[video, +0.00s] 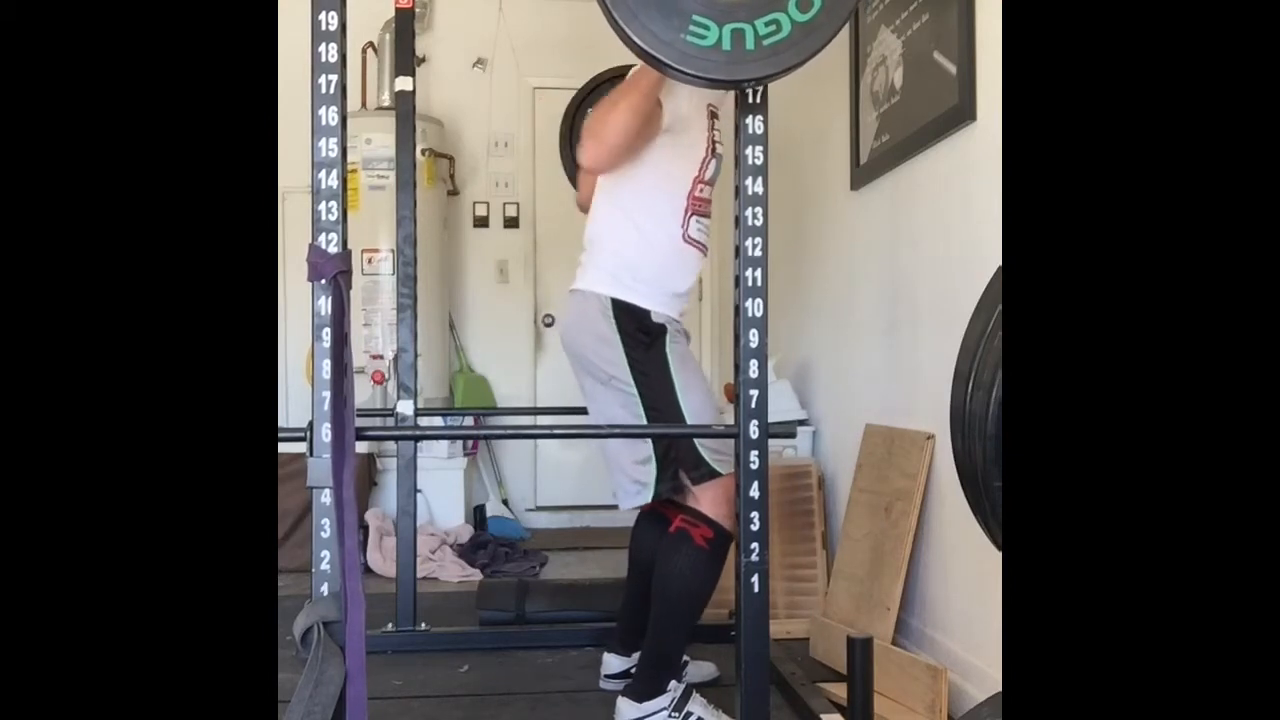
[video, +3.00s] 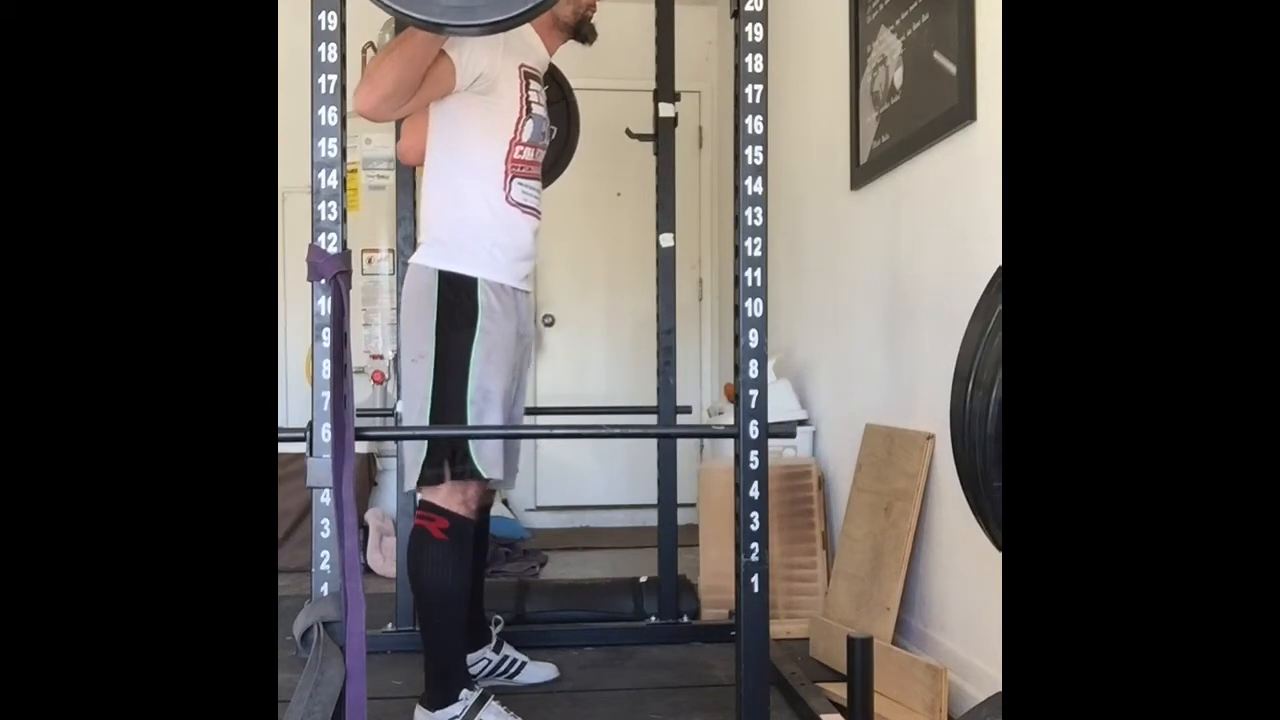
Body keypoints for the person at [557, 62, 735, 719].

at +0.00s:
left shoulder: (701, 102)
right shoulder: (648, 83)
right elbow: (593, 154)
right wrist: (660, 55)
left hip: (642, 315)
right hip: (619, 314)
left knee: (677, 490)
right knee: (715, 492)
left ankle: (630, 653)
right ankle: (652, 692)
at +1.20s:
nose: (700, 27)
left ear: (656, 4)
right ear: (655, 2)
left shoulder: (645, 57)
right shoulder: (611, 40)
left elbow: (535, 148)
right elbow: (528, 106)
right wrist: (596, 20)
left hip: (630, 278)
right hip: (599, 278)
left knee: (633, 472)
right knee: (630, 472)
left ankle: (630, 650)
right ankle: (542, 670)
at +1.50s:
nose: (691, 28)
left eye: (691, 21)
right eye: (686, 18)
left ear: (645, 15)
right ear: (650, 8)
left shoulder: (605, 67)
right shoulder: (569, 42)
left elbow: (493, 148)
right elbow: (462, 99)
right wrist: (544, 17)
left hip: (590, 297)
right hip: (543, 292)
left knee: (623, 474)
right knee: (520, 489)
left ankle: (631, 648)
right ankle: (452, 694)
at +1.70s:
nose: (664, 9)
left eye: (665, 4)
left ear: (629, 5)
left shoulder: (579, 54)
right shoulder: (538, 22)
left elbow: (453, 135)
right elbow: (423, 79)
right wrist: (493, 3)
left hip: (550, 288)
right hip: (501, 283)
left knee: (584, 454)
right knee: (480, 485)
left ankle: (553, 621)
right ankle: (448, 697)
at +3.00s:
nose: (595, 4)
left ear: (568, 9)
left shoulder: (535, 70)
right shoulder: (482, 37)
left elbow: (414, 145)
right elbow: (371, 99)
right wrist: (433, 16)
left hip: (503, 292)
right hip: (456, 286)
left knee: (481, 482)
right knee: (452, 487)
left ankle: (475, 649)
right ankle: (444, 696)